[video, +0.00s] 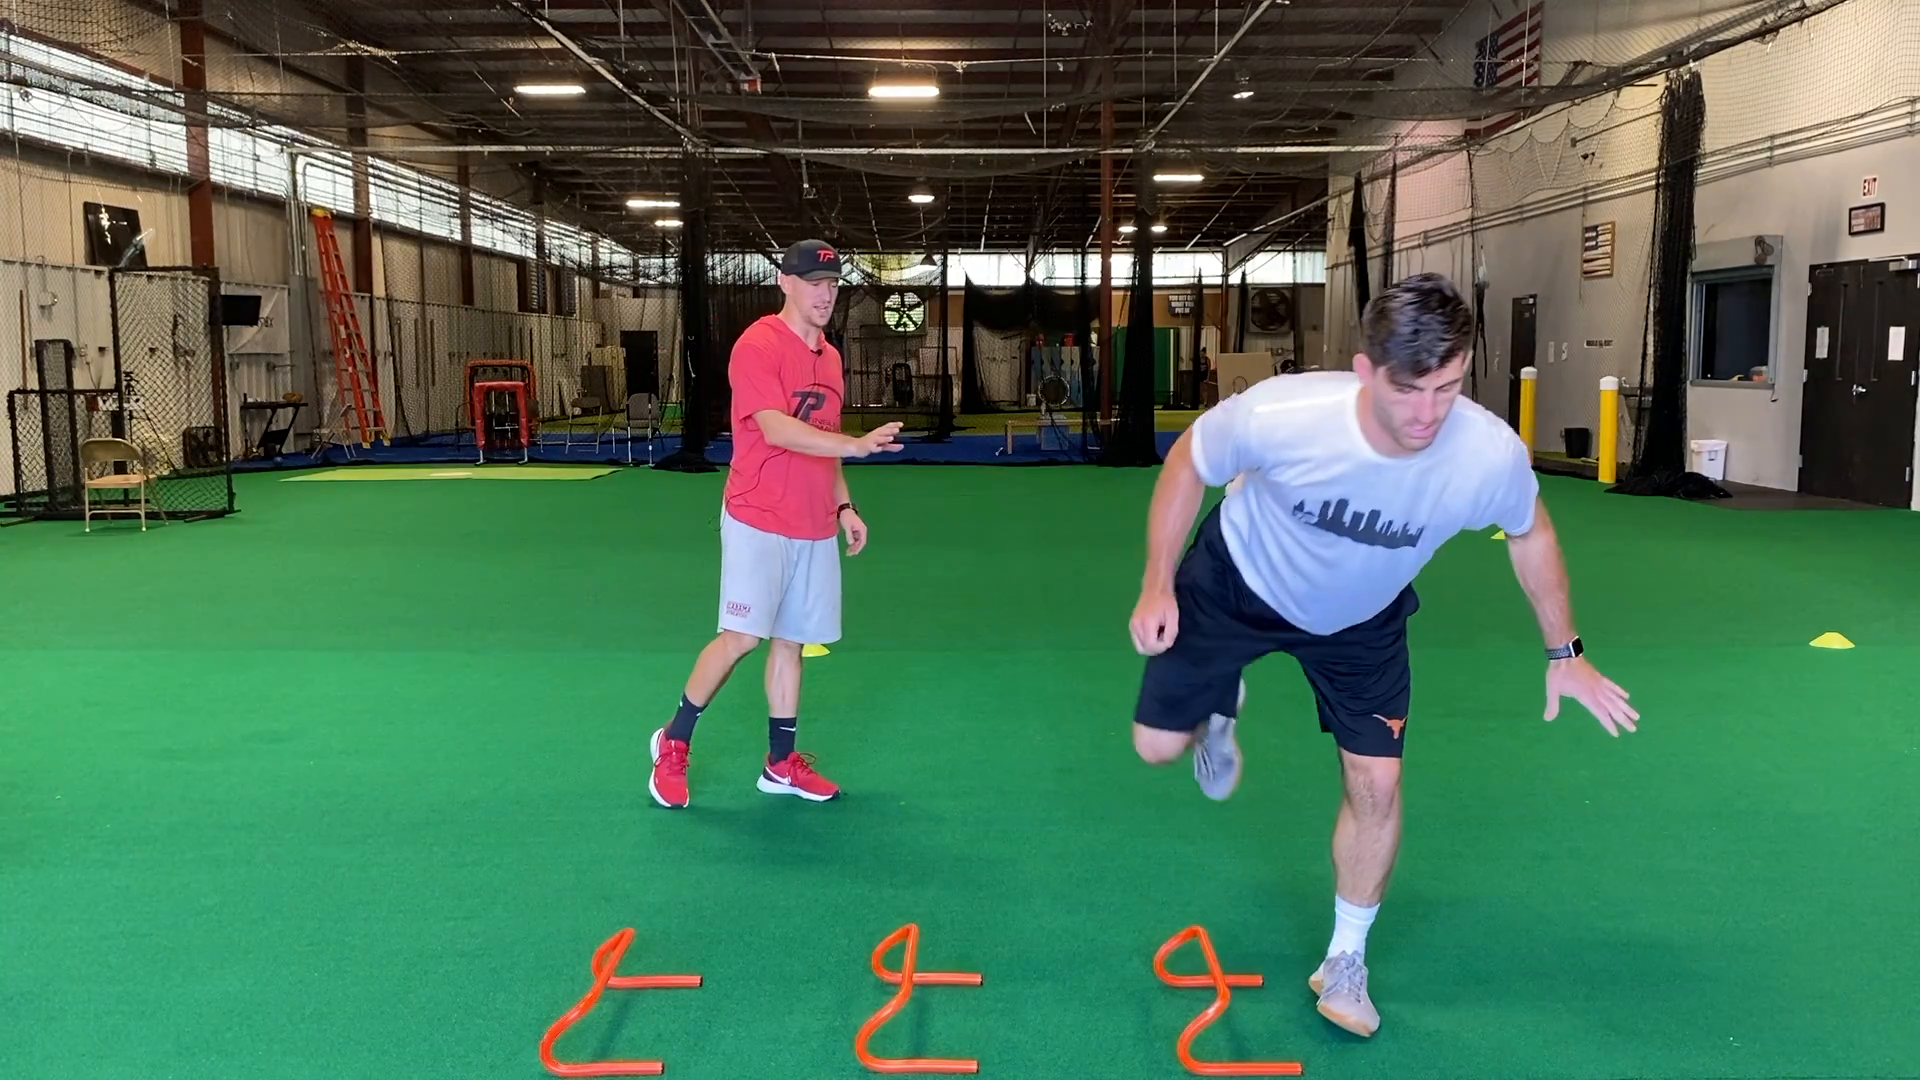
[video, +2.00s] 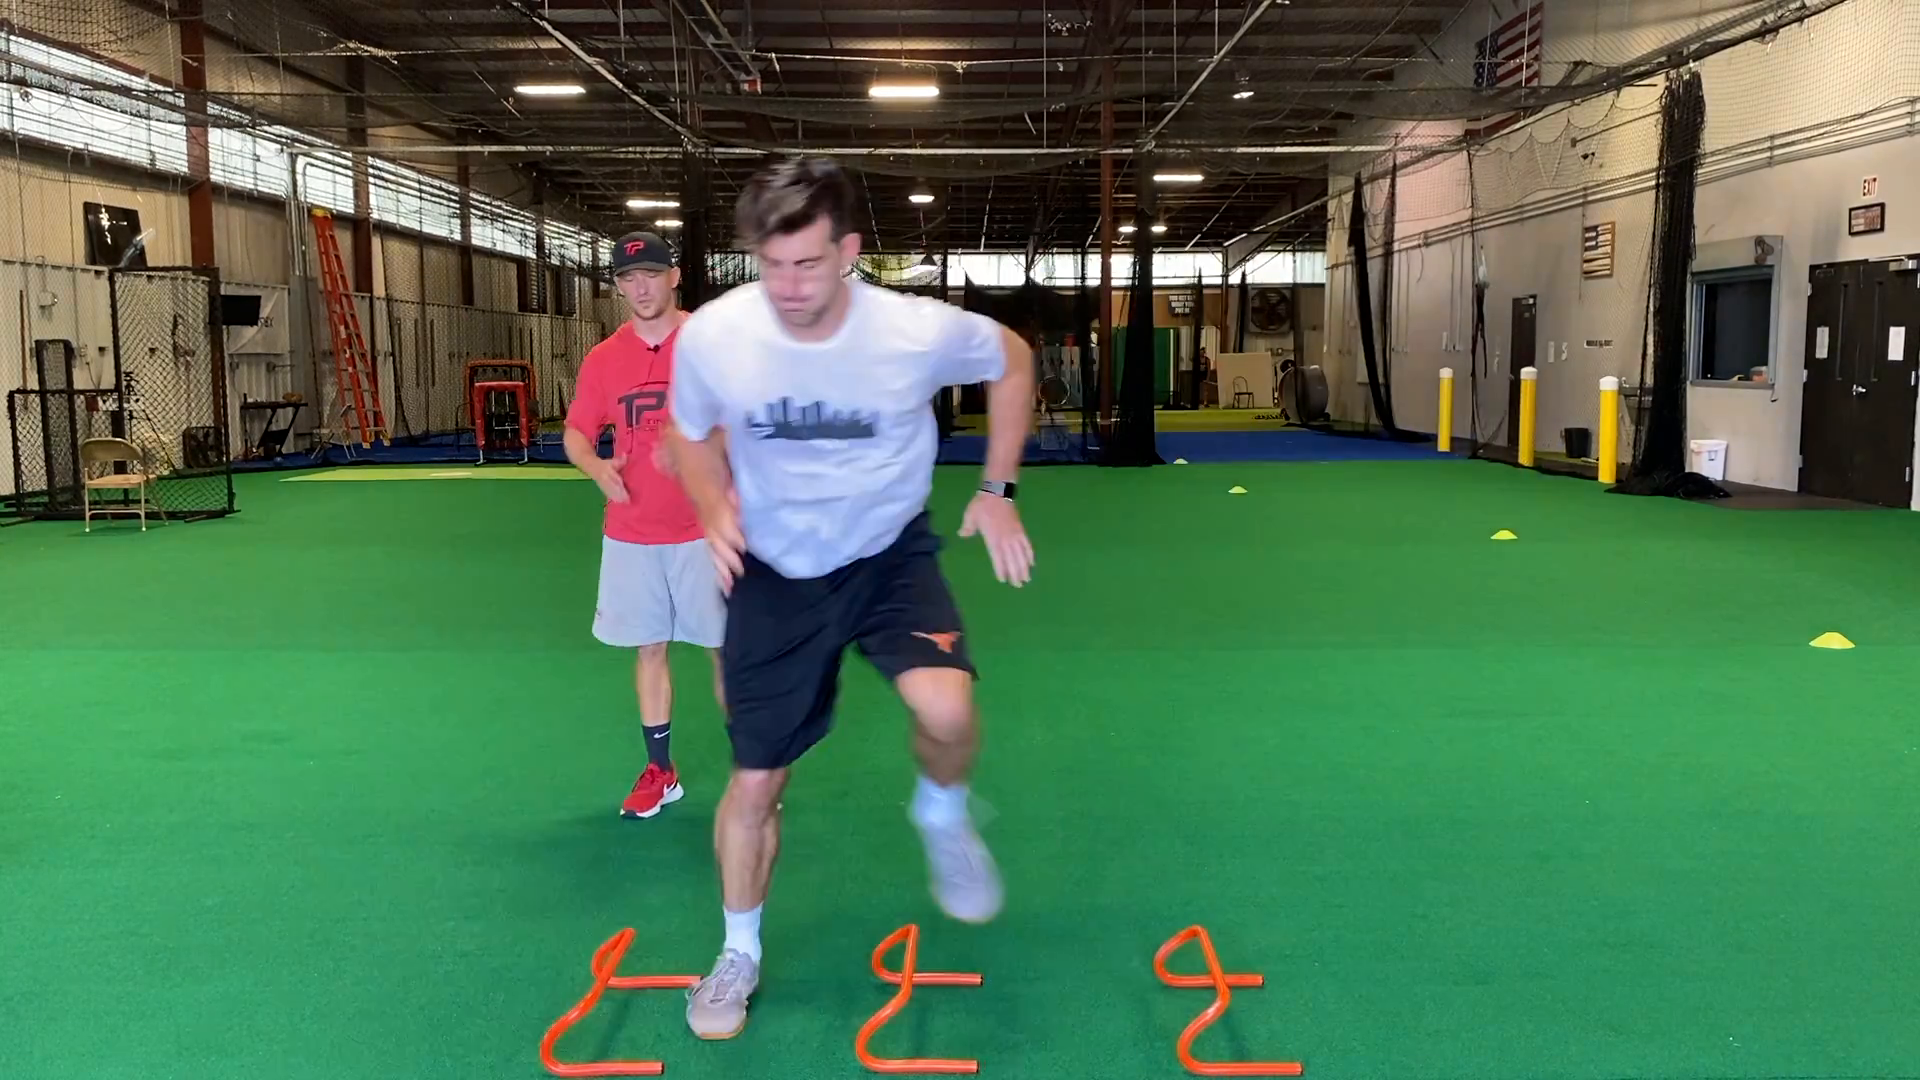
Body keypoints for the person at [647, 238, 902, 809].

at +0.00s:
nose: (827, 294)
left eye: (833, 285)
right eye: (816, 283)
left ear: (837, 290)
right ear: (785, 284)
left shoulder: (830, 357)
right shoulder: (757, 344)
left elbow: (824, 439)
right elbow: (774, 428)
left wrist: (842, 505)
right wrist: (854, 444)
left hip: (811, 523)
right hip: (757, 518)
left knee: (790, 638)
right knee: (743, 633)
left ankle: (782, 761)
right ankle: (674, 739)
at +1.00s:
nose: (816, 294)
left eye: (823, 285)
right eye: (805, 283)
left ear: (832, 291)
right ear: (779, 285)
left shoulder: (838, 364)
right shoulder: (745, 347)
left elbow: (842, 447)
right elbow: (735, 430)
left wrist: (875, 478)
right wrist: (799, 489)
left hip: (807, 525)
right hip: (745, 519)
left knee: (785, 640)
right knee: (727, 633)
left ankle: (781, 762)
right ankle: (677, 747)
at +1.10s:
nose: (808, 295)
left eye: (817, 286)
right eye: (798, 284)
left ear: (827, 291)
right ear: (774, 286)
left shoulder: (837, 365)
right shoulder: (737, 348)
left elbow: (844, 445)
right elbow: (723, 434)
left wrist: (883, 464)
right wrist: (759, 510)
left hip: (804, 528)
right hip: (737, 520)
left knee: (783, 643)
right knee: (717, 636)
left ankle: (781, 762)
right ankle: (676, 752)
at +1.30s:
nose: (784, 296)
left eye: (794, 286)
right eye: (774, 285)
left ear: (806, 290)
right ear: (753, 287)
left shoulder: (829, 362)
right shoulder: (717, 351)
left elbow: (853, 446)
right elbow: (687, 443)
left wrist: (875, 428)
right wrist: (673, 526)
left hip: (791, 534)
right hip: (718, 529)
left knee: (780, 646)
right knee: (694, 642)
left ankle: (781, 762)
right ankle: (669, 764)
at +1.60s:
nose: (710, 295)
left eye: (719, 282)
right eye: (697, 287)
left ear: (737, 282)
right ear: (682, 292)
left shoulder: (778, 355)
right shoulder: (662, 358)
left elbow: (803, 436)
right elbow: (640, 434)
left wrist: (831, 451)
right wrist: (641, 489)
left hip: (753, 533)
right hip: (678, 531)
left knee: (762, 647)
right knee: (671, 645)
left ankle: (781, 762)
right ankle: (663, 770)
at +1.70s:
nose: (682, 294)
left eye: (691, 281)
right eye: (670, 285)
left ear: (712, 279)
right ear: (659, 291)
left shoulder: (758, 352)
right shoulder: (645, 358)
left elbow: (792, 433)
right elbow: (626, 433)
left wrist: (774, 454)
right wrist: (636, 461)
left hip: (735, 531)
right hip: (660, 531)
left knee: (755, 644)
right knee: (661, 645)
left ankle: (780, 760)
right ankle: (661, 769)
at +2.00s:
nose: (641, 287)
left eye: (652, 275)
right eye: (630, 278)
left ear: (674, 277)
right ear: (619, 285)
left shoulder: (707, 344)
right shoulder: (604, 359)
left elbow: (740, 422)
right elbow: (574, 435)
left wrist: (704, 464)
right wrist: (597, 468)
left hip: (704, 525)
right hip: (633, 530)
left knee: (726, 648)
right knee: (649, 647)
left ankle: (753, 769)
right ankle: (660, 768)